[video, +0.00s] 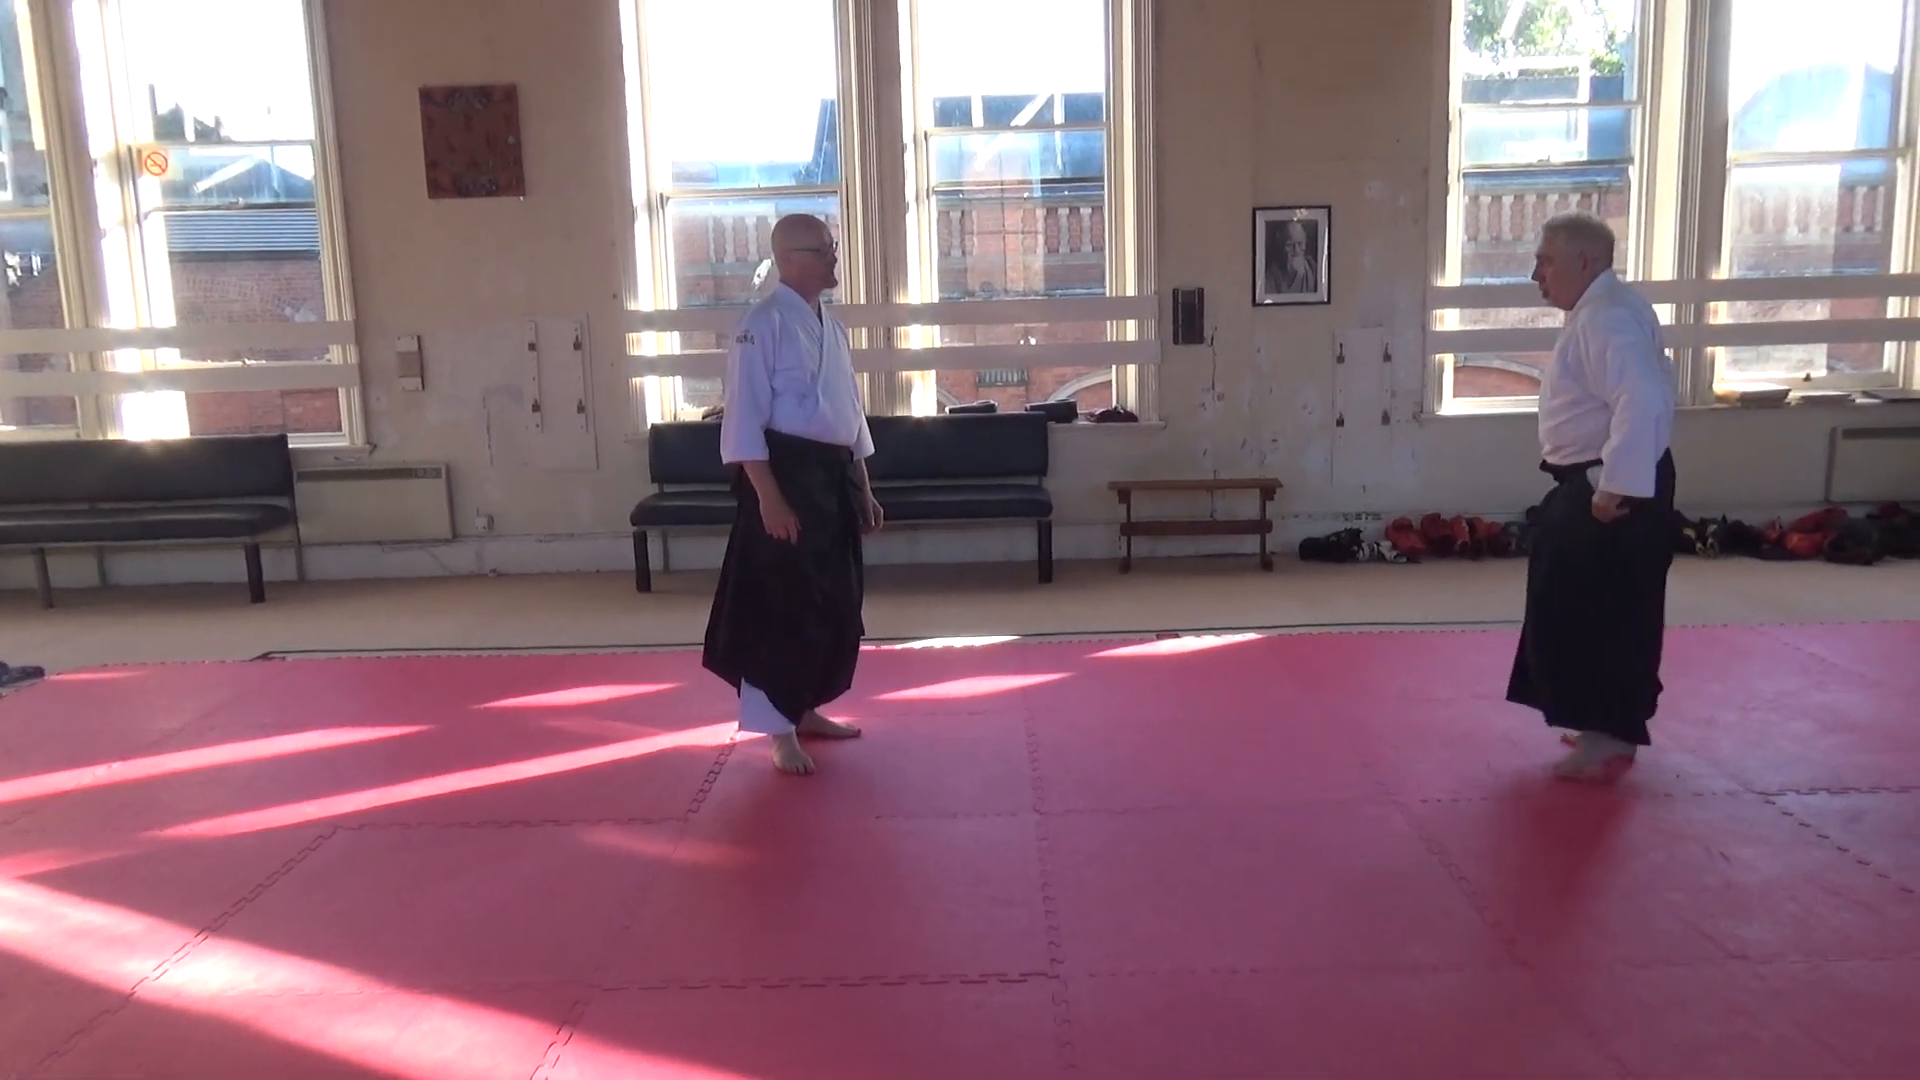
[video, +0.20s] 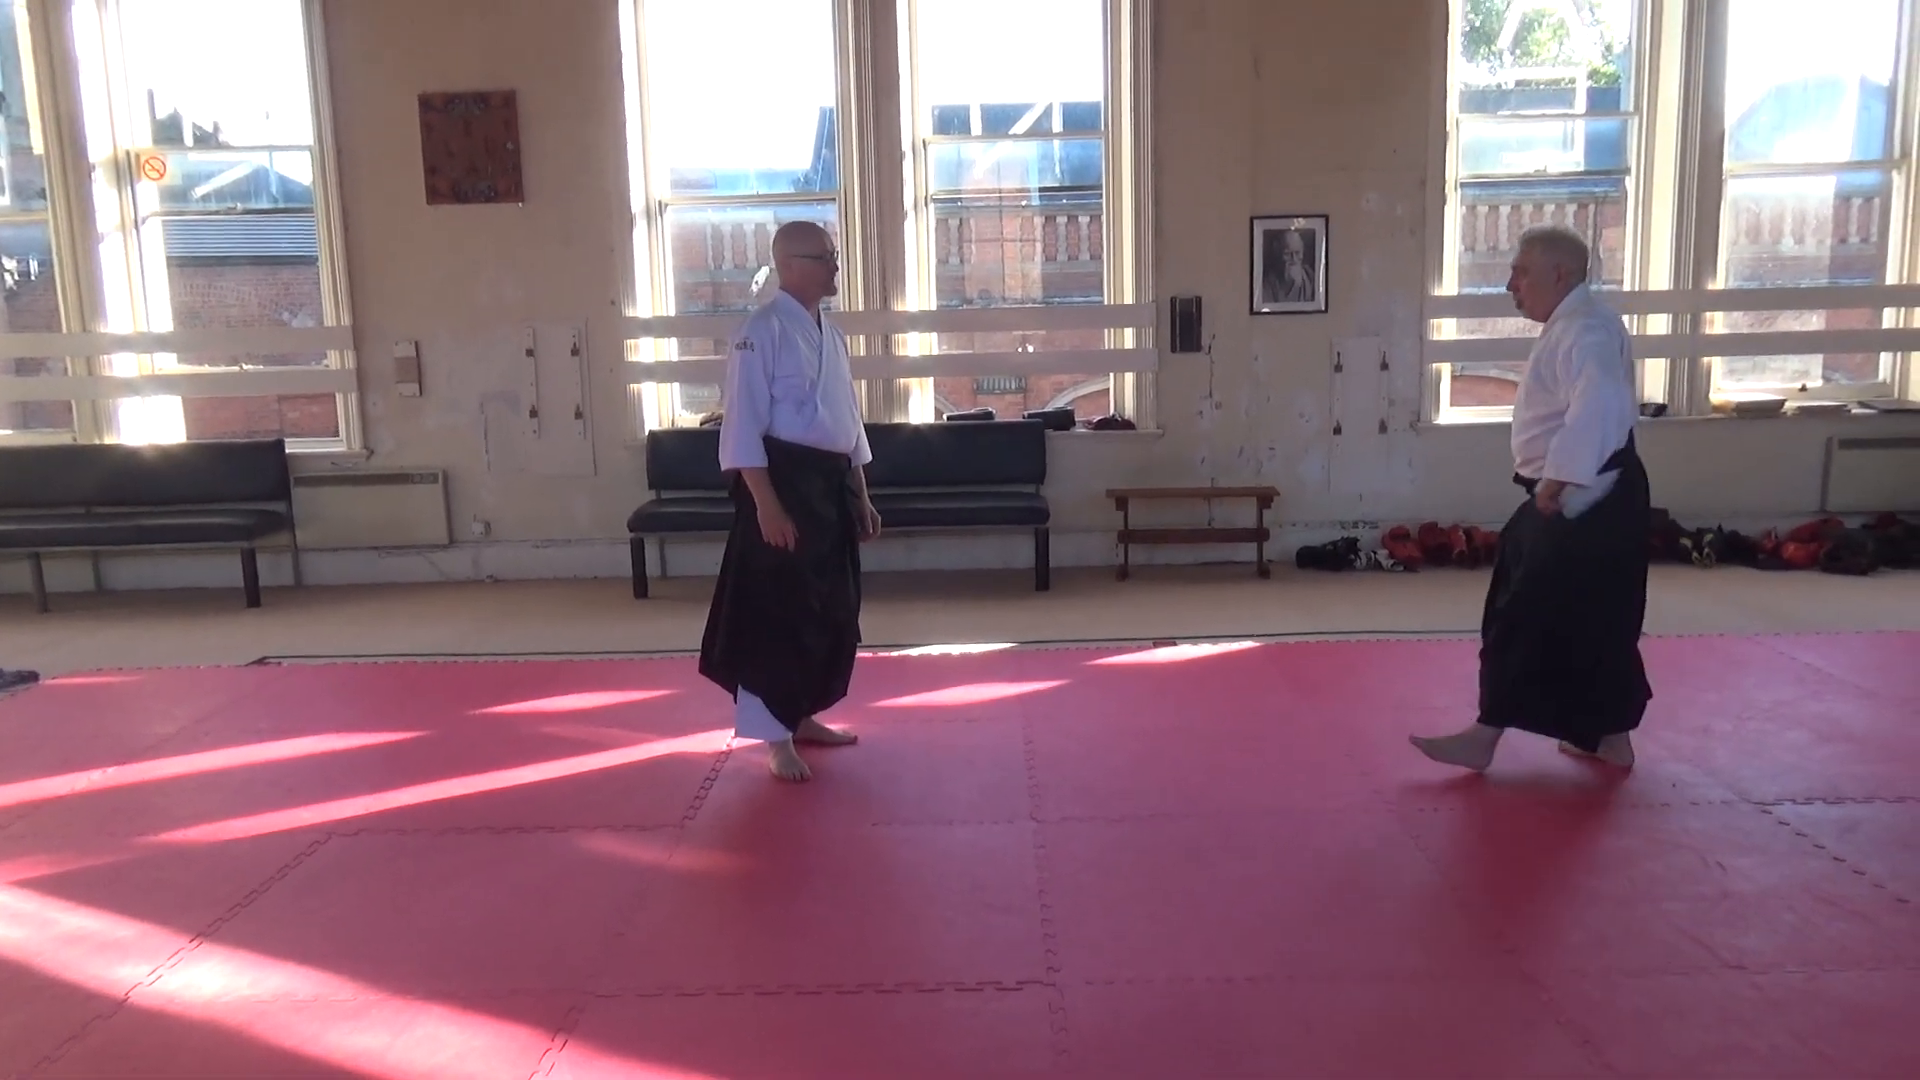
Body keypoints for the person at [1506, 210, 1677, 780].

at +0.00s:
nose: (1537, 274)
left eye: (1545, 262)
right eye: (1538, 262)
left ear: (1584, 261)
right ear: (1584, 262)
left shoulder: (1609, 316)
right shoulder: (1607, 308)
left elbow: (1641, 399)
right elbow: (1649, 394)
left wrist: (1616, 484)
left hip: (1610, 487)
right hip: (1602, 482)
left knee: (1598, 608)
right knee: (1601, 607)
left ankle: (1608, 734)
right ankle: (1607, 728)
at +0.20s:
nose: (1512, 284)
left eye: (1521, 273)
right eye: (1513, 273)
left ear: (1560, 275)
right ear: (1561, 275)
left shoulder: (1588, 332)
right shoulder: (1574, 324)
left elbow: (1596, 411)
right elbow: (1587, 410)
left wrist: (1552, 483)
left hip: (1584, 495)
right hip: (1591, 492)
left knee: (1519, 610)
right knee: (1597, 616)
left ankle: (1483, 736)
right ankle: (1612, 736)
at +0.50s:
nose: (1461, 290)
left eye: (1470, 278)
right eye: (1462, 278)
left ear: (1508, 282)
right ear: (1513, 283)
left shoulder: (1523, 343)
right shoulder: (1538, 330)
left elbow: (1495, 440)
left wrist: (1441, 514)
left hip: (1522, 505)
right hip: (1560, 499)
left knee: (1457, 616)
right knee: (1575, 614)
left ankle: (1450, 748)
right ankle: (1596, 730)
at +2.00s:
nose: (1477, 269)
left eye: (1487, 258)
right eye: (1479, 257)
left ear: (1528, 262)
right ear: (1531, 263)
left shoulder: (1543, 317)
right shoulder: (1556, 309)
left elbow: (1497, 360)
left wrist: (1433, 394)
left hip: (1514, 504)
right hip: (1555, 497)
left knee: (1460, 634)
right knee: (1567, 633)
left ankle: (1451, 776)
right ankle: (1586, 764)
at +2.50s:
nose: (1453, 288)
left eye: (1464, 277)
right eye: (1454, 277)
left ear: (1505, 277)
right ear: (1508, 279)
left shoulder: (1518, 345)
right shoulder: (1515, 335)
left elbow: (1481, 454)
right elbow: (1460, 438)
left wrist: (1415, 513)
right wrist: (1400, 486)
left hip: (1500, 523)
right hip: (1542, 514)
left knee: (1453, 654)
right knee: (1555, 649)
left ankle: (1438, 792)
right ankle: (1576, 779)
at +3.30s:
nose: (1542, 263)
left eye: (1553, 248)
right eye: (1541, 248)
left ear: (1602, 247)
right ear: (1602, 249)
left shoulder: (1623, 323)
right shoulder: (1599, 312)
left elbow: (1554, 440)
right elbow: (1527, 396)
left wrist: (1492, 485)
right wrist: (1447, 452)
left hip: (1603, 530)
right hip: (1636, 521)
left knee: (1542, 681)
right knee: (1657, 682)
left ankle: (1525, 850)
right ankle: (1686, 836)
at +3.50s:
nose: (1647, 215)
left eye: (1660, 199)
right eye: (1646, 199)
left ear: (1715, 197)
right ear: (1711, 199)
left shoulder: (1736, 287)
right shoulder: (1711, 273)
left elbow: (1648, 421)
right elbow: (1623, 366)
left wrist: (1582, 464)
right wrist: (1528, 427)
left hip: (1709, 526)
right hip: (1747, 516)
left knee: (1638, 703)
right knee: (1770, 704)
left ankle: (1615, 894)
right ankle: (1801, 879)